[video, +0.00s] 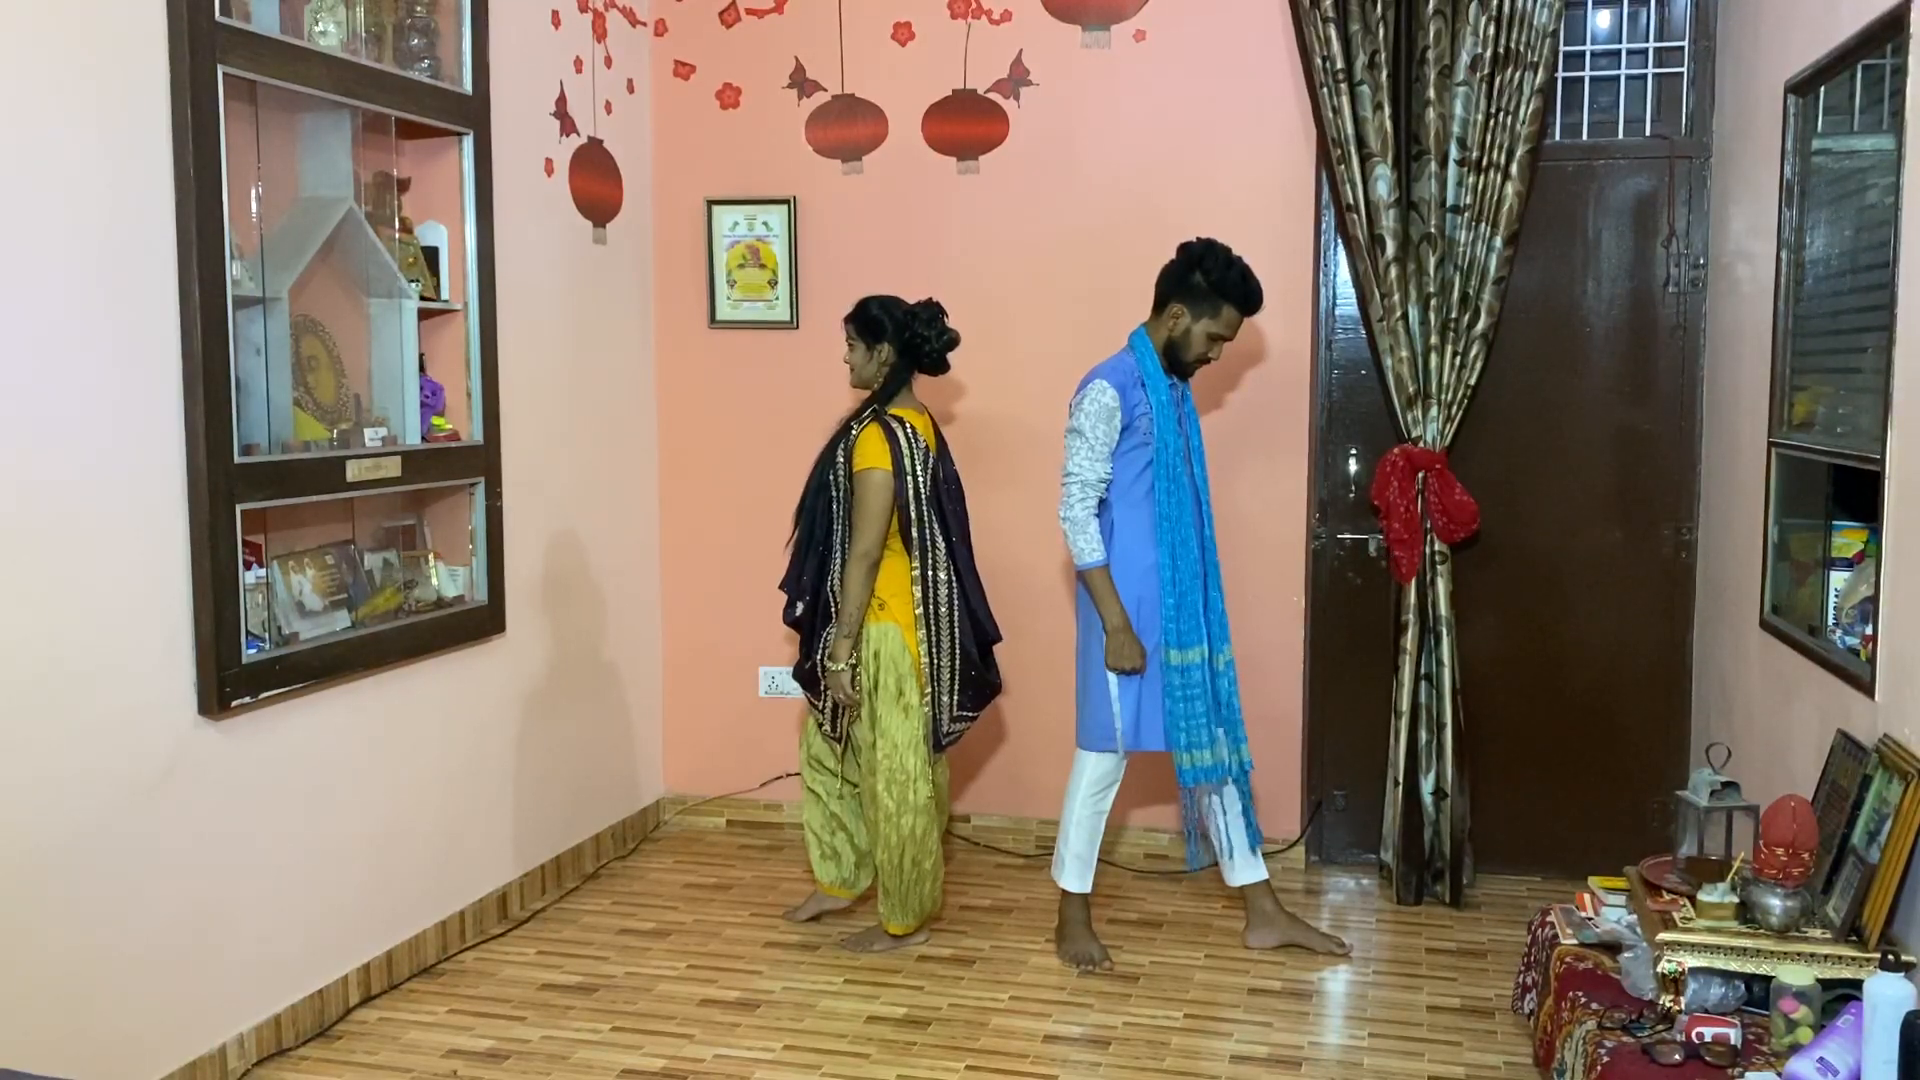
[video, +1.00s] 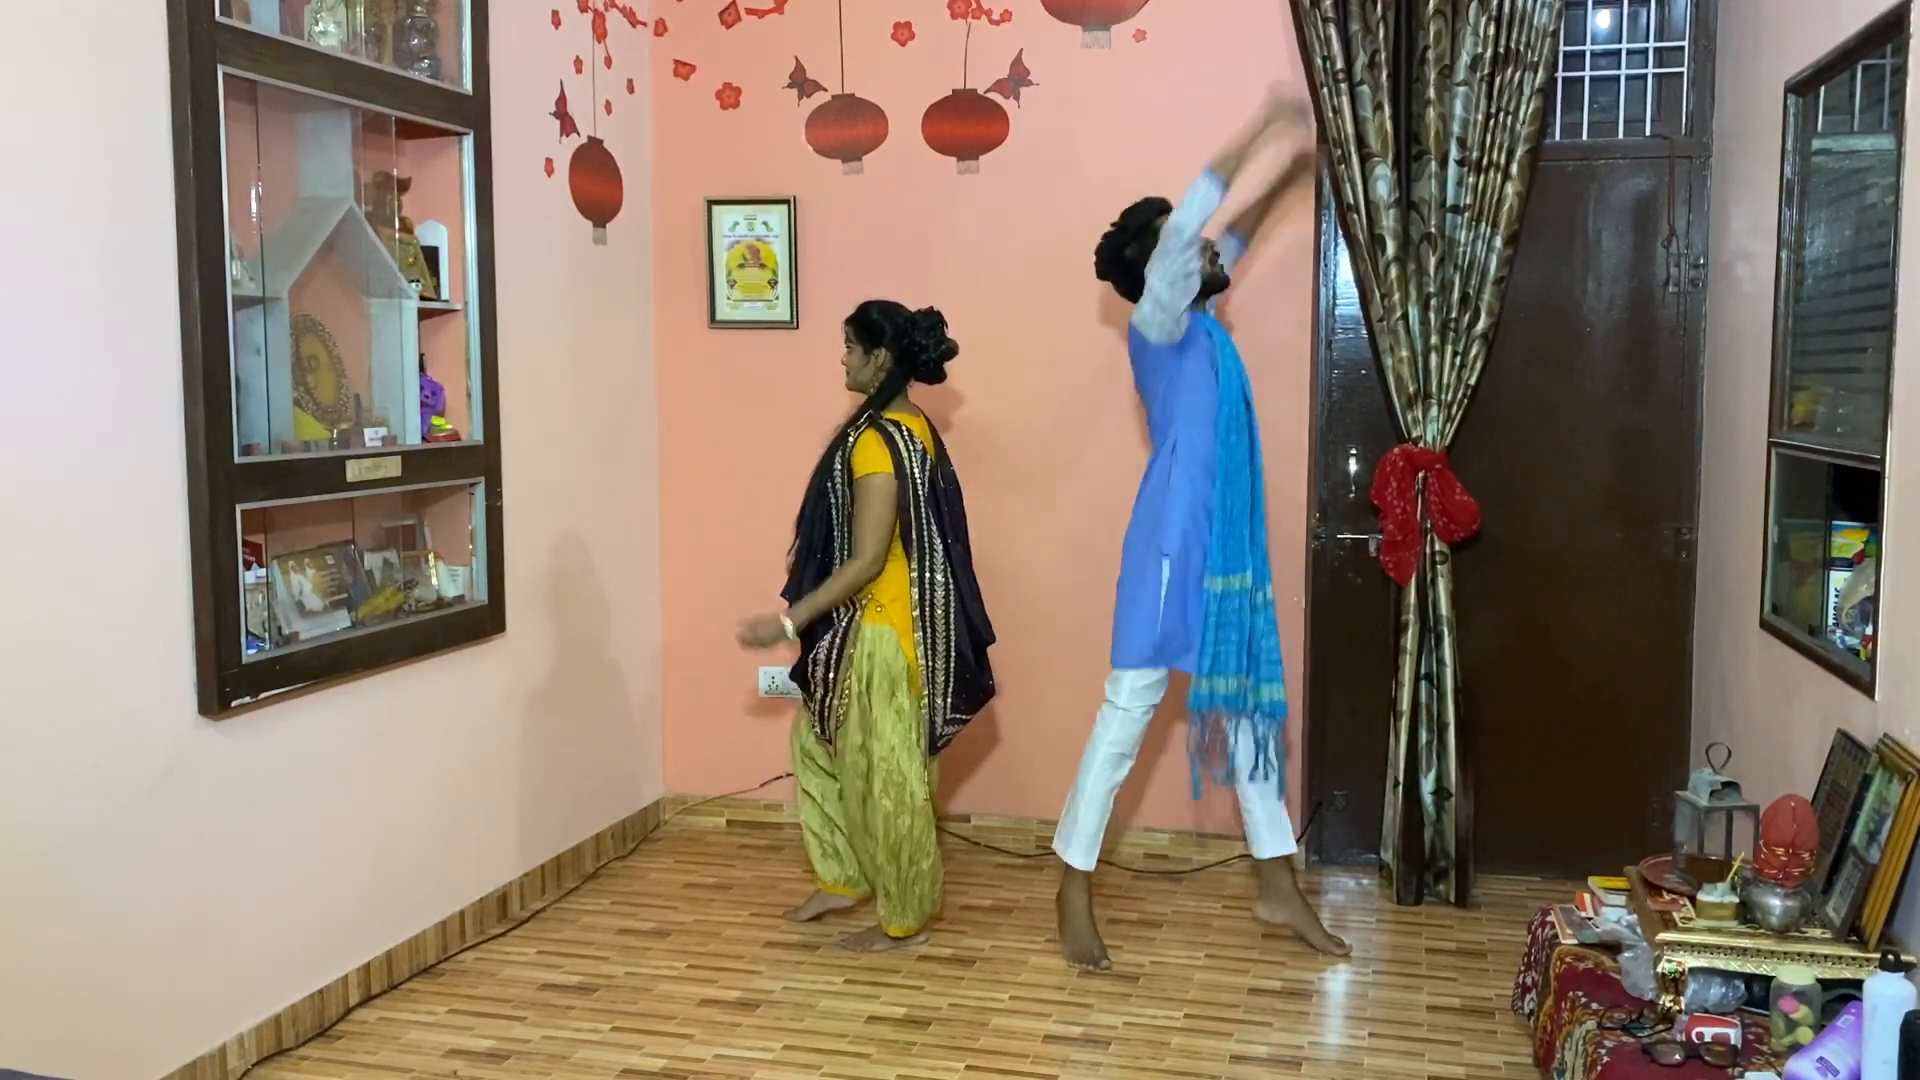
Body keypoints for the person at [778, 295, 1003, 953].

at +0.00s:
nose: (845, 359)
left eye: (854, 347)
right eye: (846, 346)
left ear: (885, 354)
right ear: (894, 354)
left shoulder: (879, 434)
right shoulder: (914, 424)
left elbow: (867, 550)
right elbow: (885, 546)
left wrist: (841, 645)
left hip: (885, 628)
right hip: (887, 618)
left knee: (897, 775)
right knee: (828, 752)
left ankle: (905, 915)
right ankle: (841, 879)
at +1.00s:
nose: (842, 359)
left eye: (850, 349)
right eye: (845, 348)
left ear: (880, 357)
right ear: (888, 358)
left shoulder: (877, 439)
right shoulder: (908, 426)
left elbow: (867, 558)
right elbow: (892, 552)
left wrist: (788, 618)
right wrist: (811, 614)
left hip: (880, 630)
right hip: (885, 623)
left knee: (889, 772)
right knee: (818, 745)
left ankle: (907, 915)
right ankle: (845, 880)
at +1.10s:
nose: (842, 374)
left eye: (849, 364)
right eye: (844, 363)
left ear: (878, 373)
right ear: (886, 374)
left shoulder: (884, 451)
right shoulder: (904, 437)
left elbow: (839, 548)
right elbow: (865, 511)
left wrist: (775, 519)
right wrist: (805, 499)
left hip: (883, 638)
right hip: (877, 629)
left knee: (883, 775)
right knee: (801, 742)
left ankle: (907, 917)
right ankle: (842, 884)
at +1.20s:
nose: (844, 371)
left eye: (852, 361)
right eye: (848, 360)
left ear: (880, 369)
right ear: (891, 372)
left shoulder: (890, 436)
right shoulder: (886, 432)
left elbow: (783, 423)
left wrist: (822, 408)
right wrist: (834, 414)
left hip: (879, 633)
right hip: (847, 628)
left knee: (879, 776)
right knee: (809, 763)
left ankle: (909, 916)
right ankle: (844, 890)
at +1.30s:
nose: (840, 333)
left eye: (848, 322)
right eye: (842, 323)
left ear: (873, 332)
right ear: (895, 335)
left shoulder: (874, 390)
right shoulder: (905, 400)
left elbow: (810, 313)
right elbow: (882, 317)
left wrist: (761, 257)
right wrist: (843, 266)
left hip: (865, 601)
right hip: (849, 598)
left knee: (882, 752)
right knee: (825, 739)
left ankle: (903, 908)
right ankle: (837, 868)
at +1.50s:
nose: (827, 330)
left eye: (835, 320)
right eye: (829, 320)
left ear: (864, 332)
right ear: (883, 334)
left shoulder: (868, 388)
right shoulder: (892, 382)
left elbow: (820, 342)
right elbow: (886, 306)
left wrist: (774, 278)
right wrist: (878, 229)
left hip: (871, 591)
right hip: (848, 586)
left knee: (879, 742)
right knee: (822, 723)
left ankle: (918, 895)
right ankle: (810, 855)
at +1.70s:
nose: (814, 375)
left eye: (822, 364)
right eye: (817, 363)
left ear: (849, 373)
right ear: (861, 375)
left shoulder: (851, 432)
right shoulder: (859, 434)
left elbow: (764, 448)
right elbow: (837, 521)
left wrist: (674, 400)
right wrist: (774, 516)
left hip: (847, 625)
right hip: (824, 623)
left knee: (859, 764)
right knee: (785, 747)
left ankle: (924, 909)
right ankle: (793, 885)